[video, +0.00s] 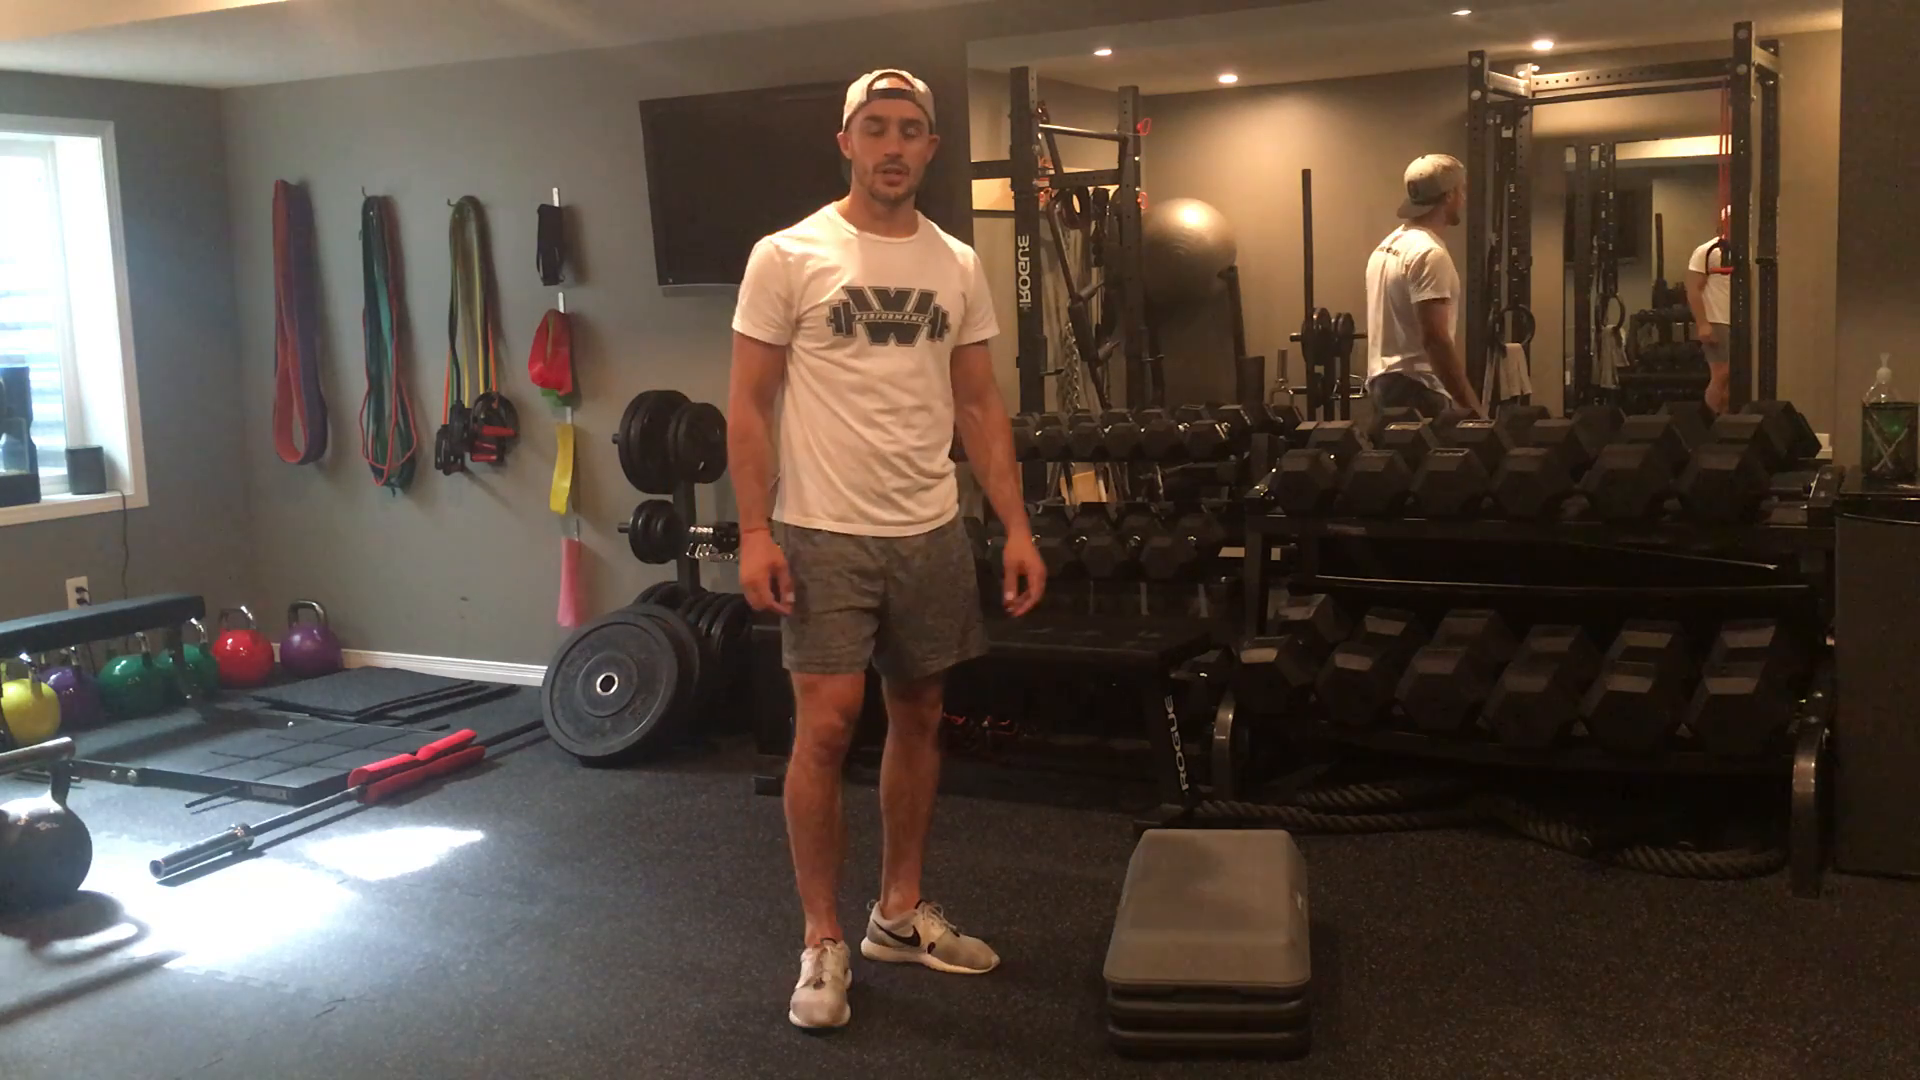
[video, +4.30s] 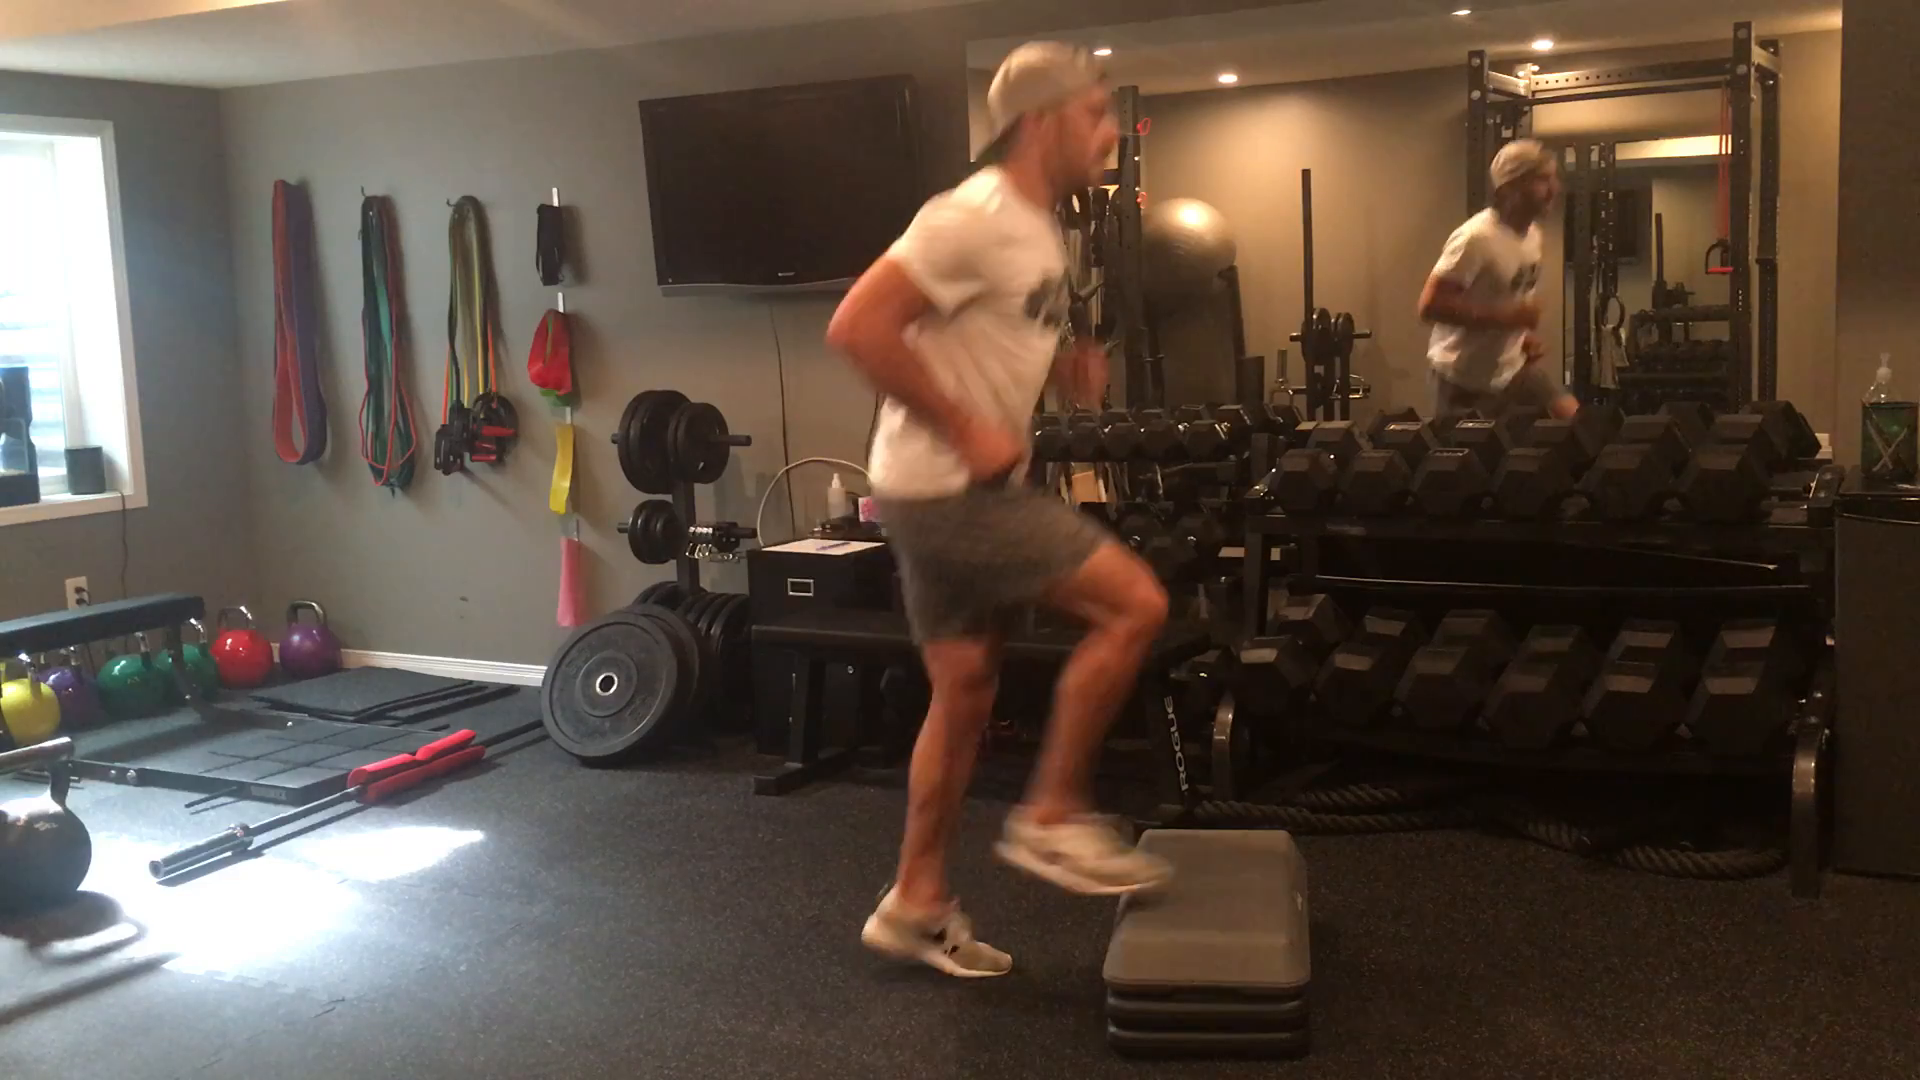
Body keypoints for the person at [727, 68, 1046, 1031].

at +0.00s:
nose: (893, 146)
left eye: (910, 131)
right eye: (876, 130)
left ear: (931, 146)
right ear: (845, 141)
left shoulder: (957, 265)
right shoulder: (789, 257)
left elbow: (980, 407)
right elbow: (747, 401)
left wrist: (1017, 526)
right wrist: (754, 531)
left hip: (932, 534)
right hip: (823, 534)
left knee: (920, 717)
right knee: (827, 727)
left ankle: (901, 909)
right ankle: (822, 943)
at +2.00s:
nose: (887, 144)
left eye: (902, 127)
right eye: (868, 129)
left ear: (929, 139)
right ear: (842, 145)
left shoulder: (974, 260)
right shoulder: (801, 265)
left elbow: (1000, 400)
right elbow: (774, 416)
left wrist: (1037, 523)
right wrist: (764, 549)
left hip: (948, 534)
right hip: (840, 536)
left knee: (923, 722)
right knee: (837, 729)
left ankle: (900, 909)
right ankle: (821, 941)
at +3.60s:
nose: (911, 178)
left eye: (914, 159)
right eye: (898, 158)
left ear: (857, 156)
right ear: (840, 151)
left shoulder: (856, 254)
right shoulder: (763, 264)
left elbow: (866, 405)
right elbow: (718, 428)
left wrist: (916, 501)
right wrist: (763, 572)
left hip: (869, 540)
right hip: (789, 550)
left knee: (897, 709)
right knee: (777, 748)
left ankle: (899, 910)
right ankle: (778, 944)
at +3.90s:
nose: (983, 176)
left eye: (985, 158)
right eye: (973, 156)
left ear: (920, 156)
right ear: (919, 153)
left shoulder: (900, 257)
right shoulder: (845, 253)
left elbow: (865, 411)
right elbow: (796, 415)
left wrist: (902, 503)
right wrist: (886, 531)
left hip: (880, 537)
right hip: (813, 541)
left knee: (923, 705)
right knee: (796, 738)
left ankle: (897, 917)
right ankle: (777, 943)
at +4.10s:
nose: (1056, 192)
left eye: (1054, 174)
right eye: (1044, 173)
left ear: (995, 179)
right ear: (990, 176)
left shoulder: (970, 270)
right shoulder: (924, 261)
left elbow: (913, 413)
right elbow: (851, 405)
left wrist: (958, 498)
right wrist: (947, 512)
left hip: (918, 541)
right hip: (876, 542)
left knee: (959, 736)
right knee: (963, 737)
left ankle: (902, 926)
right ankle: (815, 905)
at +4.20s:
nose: (1086, 197)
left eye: (1085, 180)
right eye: (1073, 179)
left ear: (1021, 188)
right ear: (1018, 184)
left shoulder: (998, 284)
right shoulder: (951, 271)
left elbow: (944, 423)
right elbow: (848, 389)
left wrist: (1020, 481)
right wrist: (942, 501)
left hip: (927, 539)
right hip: (903, 541)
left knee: (973, 724)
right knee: (1079, 676)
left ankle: (906, 925)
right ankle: (914, 839)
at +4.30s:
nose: (1111, 131)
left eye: (1109, 113)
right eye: (1097, 112)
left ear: (1047, 127)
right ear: (1043, 125)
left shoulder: (1035, 228)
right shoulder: (973, 215)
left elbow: (967, 331)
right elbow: (859, 325)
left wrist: (1055, 361)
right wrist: (963, 425)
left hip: (951, 490)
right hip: (943, 494)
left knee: (962, 689)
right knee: (1133, 604)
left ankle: (915, 904)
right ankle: (1050, 817)